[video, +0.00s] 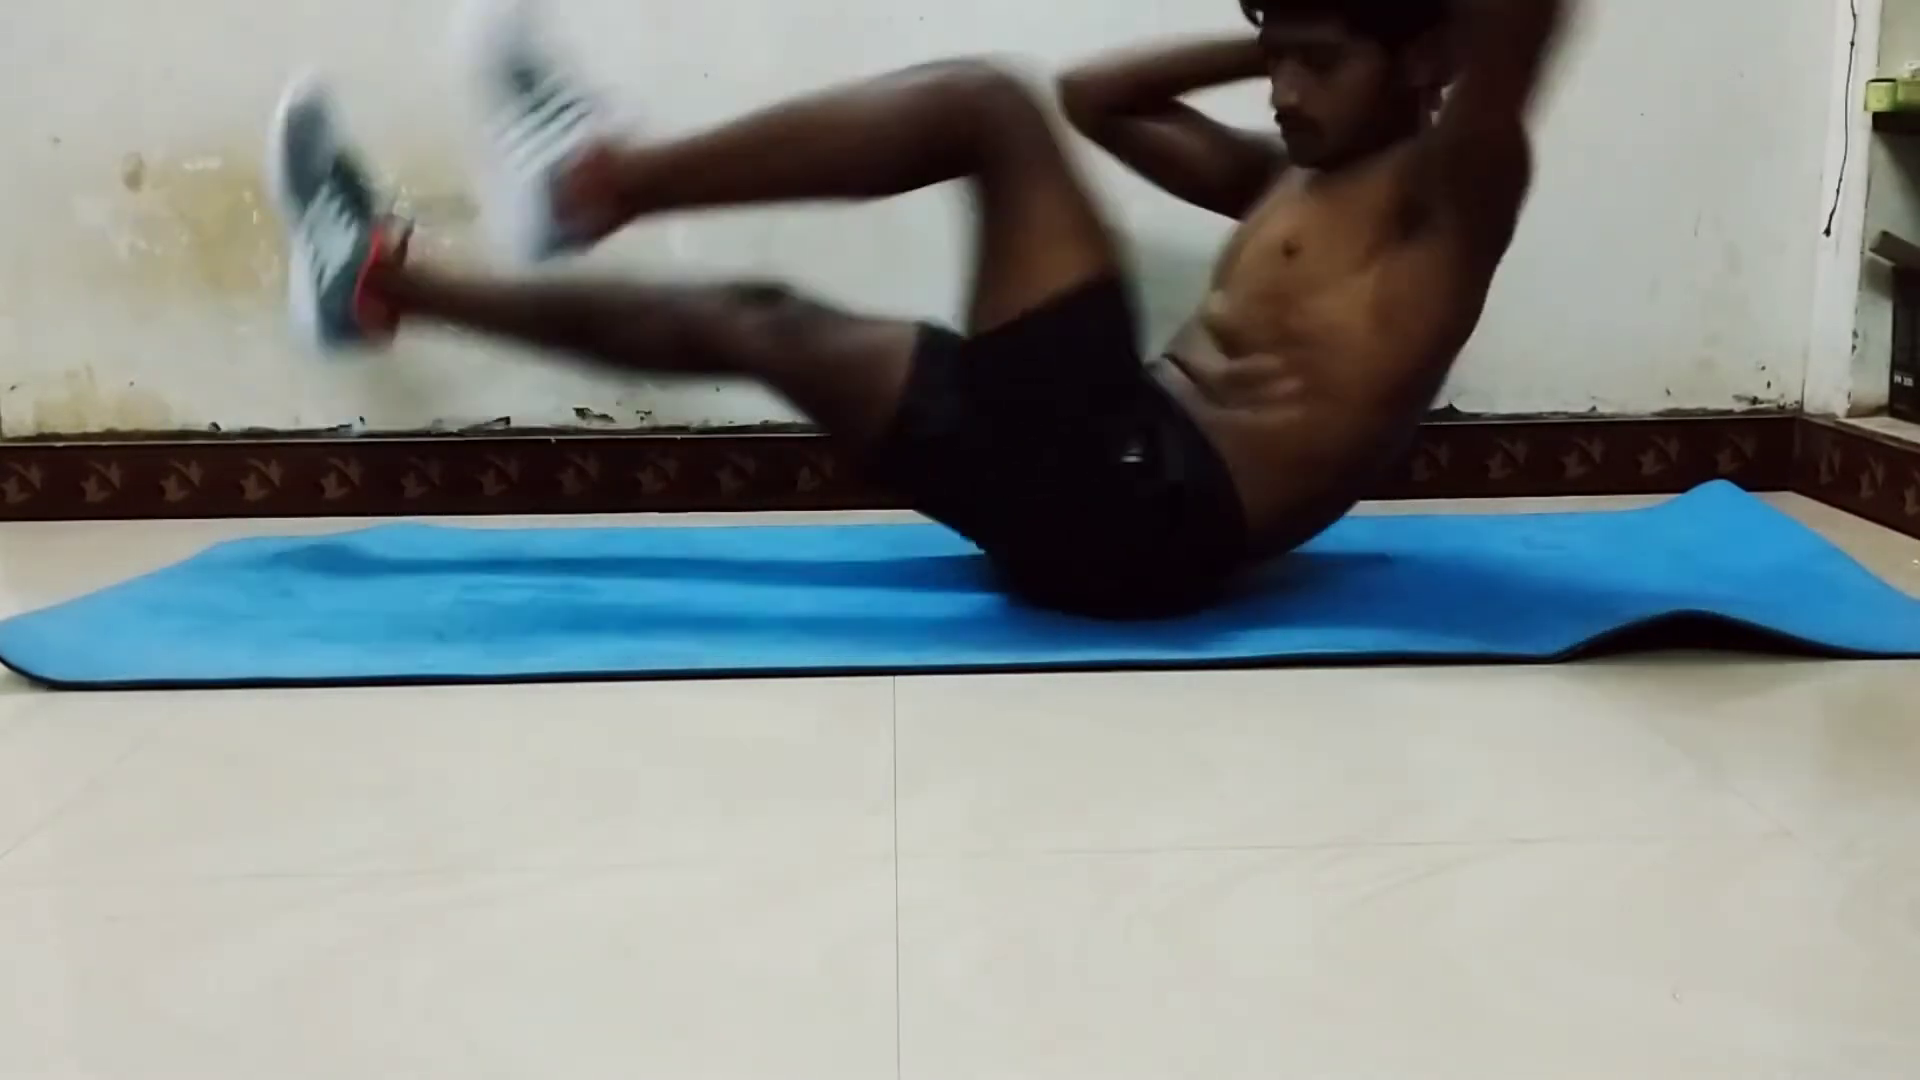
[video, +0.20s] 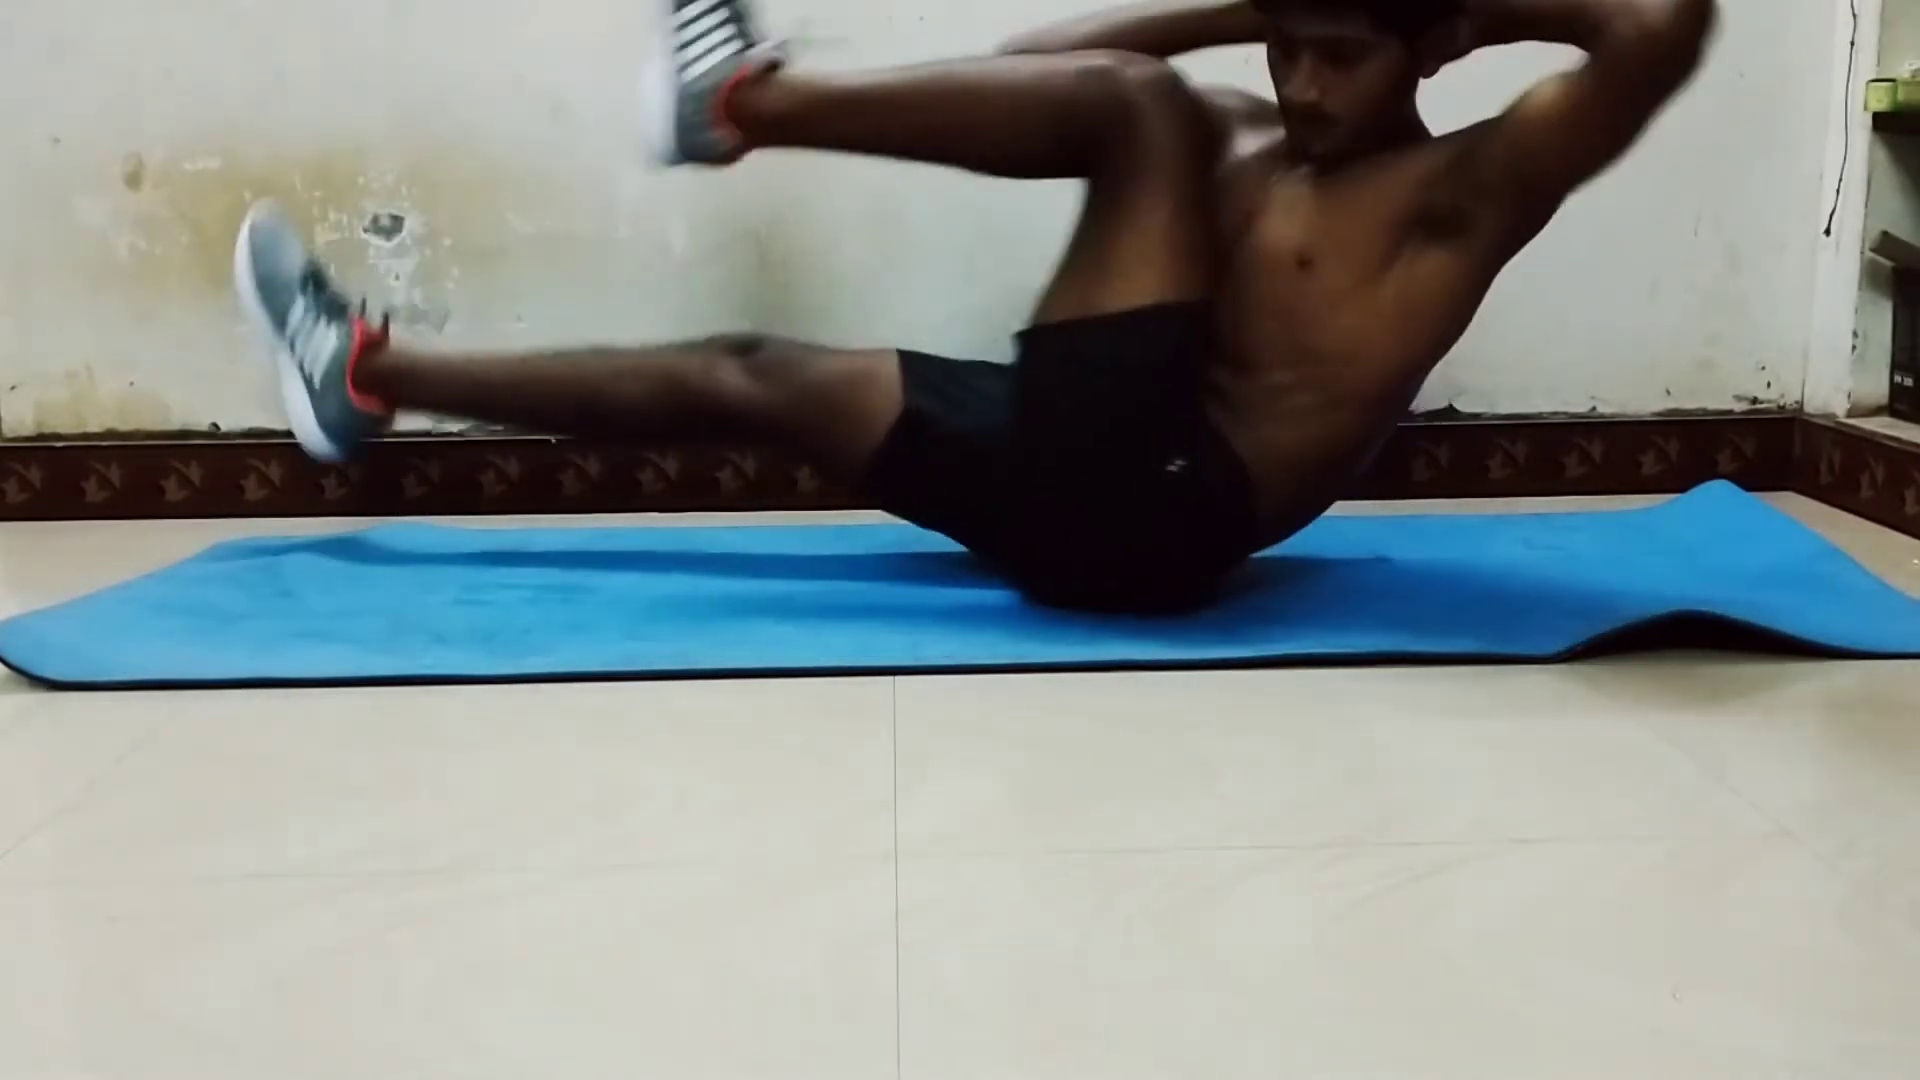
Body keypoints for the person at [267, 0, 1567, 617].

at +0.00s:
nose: (1287, 95)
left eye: (1315, 66)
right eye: (1278, 71)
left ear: (1417, 65)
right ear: (1288, 86)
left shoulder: (1452, 183)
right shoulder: (1295, 181)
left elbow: (1532, 27)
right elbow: (1095, 105)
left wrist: (1443, 50)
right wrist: (1255, 70)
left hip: (1150, 509)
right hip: (1077, 476)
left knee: (996, 105)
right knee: (754, 323)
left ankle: (601, 189)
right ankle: (390, 282)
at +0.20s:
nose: (1305, 86)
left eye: (1339, 60)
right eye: (1291, 61)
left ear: (1418, 62)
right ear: (1280, 64)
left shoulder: (1467, 191)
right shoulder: (1241, 147)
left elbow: (1674, 36)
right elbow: (1069, 50)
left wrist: (1523, 17)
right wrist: (1257, 20)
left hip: (1166, 510)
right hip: (1069, 448)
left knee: (1139, 101)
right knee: (744, 377)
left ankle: (751, 105)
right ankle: (376, 373)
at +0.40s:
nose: (1292, 99)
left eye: (1323, 73)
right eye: (1284, 75)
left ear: (1415, 74)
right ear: (1278, 86)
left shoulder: (1474, 197)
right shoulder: (1256, 150)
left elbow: (1683, 52)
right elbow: (1079, 60)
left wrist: (1509, 20)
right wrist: (1227, 31)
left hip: (1177, 512)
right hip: (1089, 453)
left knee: (1127, 100)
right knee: (763, 347)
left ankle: (725, 113)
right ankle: (397, 422)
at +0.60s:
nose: (1273, 96)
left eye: (1297, 68)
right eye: (1266, 66)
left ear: (1394, 67)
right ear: (1289, 71)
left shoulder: (1465, 215)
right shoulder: (1308, 166)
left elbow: (1507, 46)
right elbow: (1125, 52)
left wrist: (1440, 64)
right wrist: (1269, 39)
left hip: (1179, 524)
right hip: (1127, 475)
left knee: (909, 162)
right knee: (897, 169)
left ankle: (492, 205)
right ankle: (507, 356)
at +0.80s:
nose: (1252, 110)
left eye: (1278, 77)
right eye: (1250, 88)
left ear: (1402, 68)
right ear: (1359, 80)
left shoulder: (1441, 220)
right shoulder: (1355, 194)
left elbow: (1368, 152)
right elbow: (1281, 125)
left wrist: (1242, 65)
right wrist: (1241, 70)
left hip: (1159, 514)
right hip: (1127, 438)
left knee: (807, 247)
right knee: (934, 135)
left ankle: (370, 276)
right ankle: (592, 282)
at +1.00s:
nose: (1296, 57)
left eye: (1324, 38)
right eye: (1340, 33)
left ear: (1379, 66)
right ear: (1382, 69)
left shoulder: (1389, 199)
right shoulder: (1367, 189)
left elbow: (1129, 84)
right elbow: (1140, 86)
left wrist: (1318, 50)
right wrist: (1338, 51)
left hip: (1126, 515)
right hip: (1120, 425)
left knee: (727, 410)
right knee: (1092, 106)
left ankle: (264, 393)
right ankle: (712, 182)